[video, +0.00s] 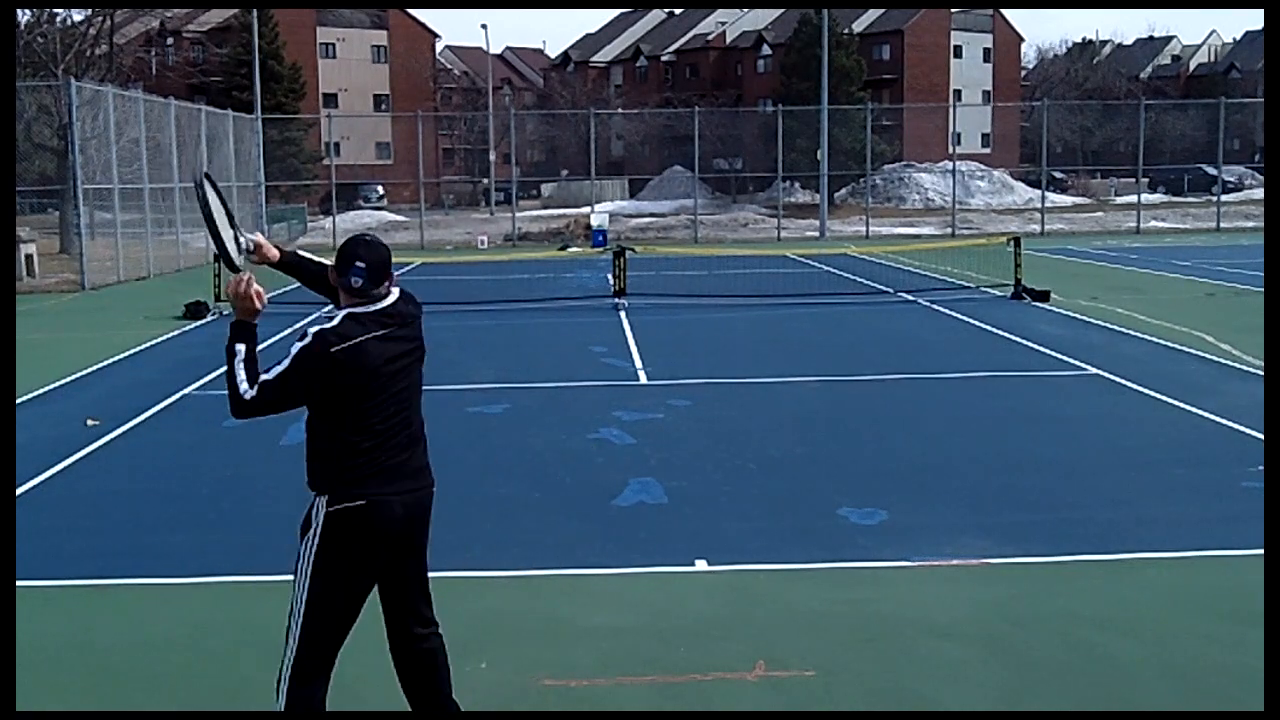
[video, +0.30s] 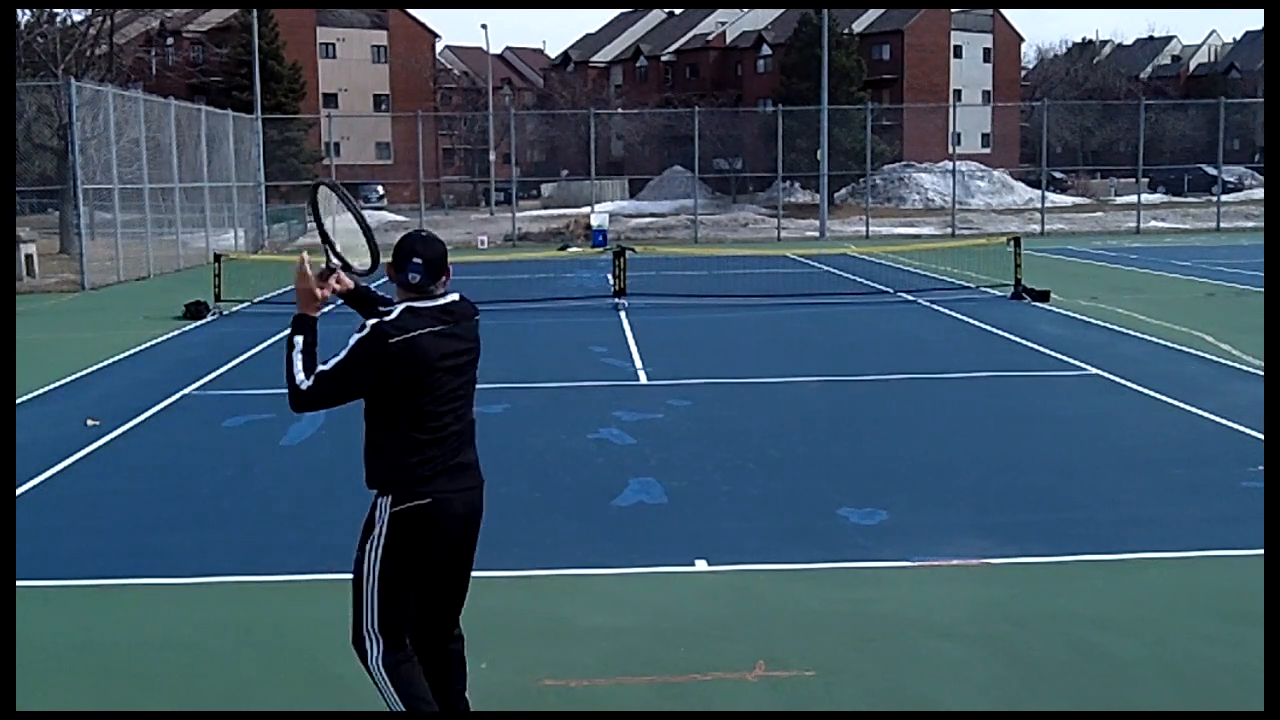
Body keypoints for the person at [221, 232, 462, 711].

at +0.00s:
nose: (337, 283)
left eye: (341, 279)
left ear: (343, 285)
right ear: (388, 281)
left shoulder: (329, 341)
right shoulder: (406, 311)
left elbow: (245, 400)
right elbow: (345, 288)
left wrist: (243, 320)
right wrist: (281, 257)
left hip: (346, 509)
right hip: (410, 498)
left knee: (309, 657)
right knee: (416, 632)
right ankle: (441, 713)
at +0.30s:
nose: (394, 283)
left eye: (397, 277)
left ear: (396, 281)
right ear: (447, 276)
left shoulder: (389, 337)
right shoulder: (464, 316)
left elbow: (303, 394)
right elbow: (401, 322)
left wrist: (304, 315)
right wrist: (353, 292)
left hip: (404, 504)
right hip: (463, 495)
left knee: (376, 638)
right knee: (440, 629)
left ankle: (425, 710)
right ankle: (454, 708)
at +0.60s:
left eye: (445, 300)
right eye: (497, 300)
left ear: (443, 305)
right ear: (500, 305)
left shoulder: (421, 372)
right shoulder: (534, 364)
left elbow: (379, 474)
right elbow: (560, 457)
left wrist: (396, 406)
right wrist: (504, 424)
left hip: (458, 538)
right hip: (526, 533)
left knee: (477, 678)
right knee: (477, 672)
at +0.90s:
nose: (565, 309)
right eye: (567, 304)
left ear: (506, 310)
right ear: (565, 310)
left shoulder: (471, 378)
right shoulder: (599, 375)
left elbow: (436, 484)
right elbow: (643, 475)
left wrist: (492, 470)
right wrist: (590, 495)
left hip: (506, 567)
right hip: (590, 561)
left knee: (505, 690)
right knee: (608, 678)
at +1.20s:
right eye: (653, 296)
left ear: (588, 304)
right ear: (652, 303)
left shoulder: (555, 373)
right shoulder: (691, 369)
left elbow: (518, 485)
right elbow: (732, 480)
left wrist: (574, 491)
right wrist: (677, 505)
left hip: (592, 574)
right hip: (682, 569)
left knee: (575, 699)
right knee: (732, 699)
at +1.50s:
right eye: (701, 329)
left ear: (630, 337)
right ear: (698, 338)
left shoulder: (591, 414)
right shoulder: (736, 409)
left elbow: (563, 535)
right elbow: (790, 523)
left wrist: (627, 548)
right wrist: (726, 557)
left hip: (621, 622)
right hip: (718, 618)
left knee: (623, 711)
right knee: (746, 713)